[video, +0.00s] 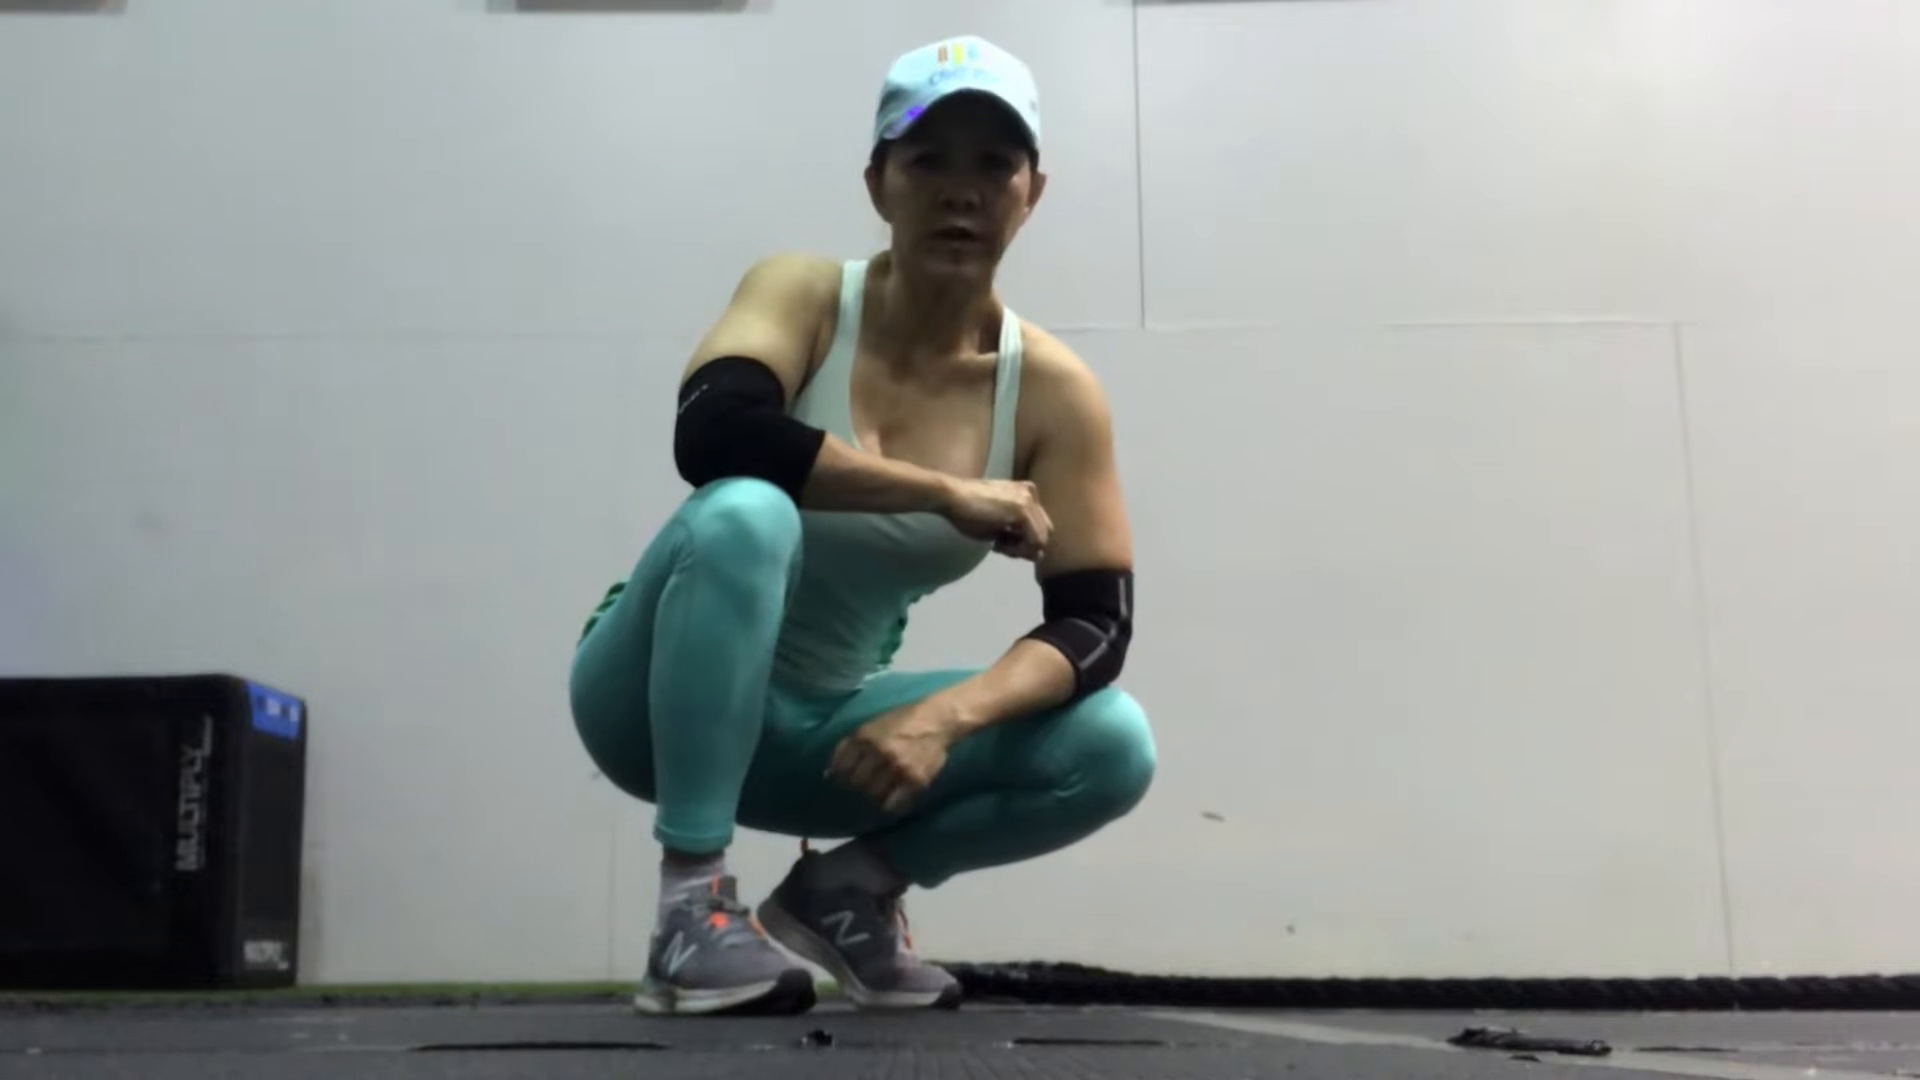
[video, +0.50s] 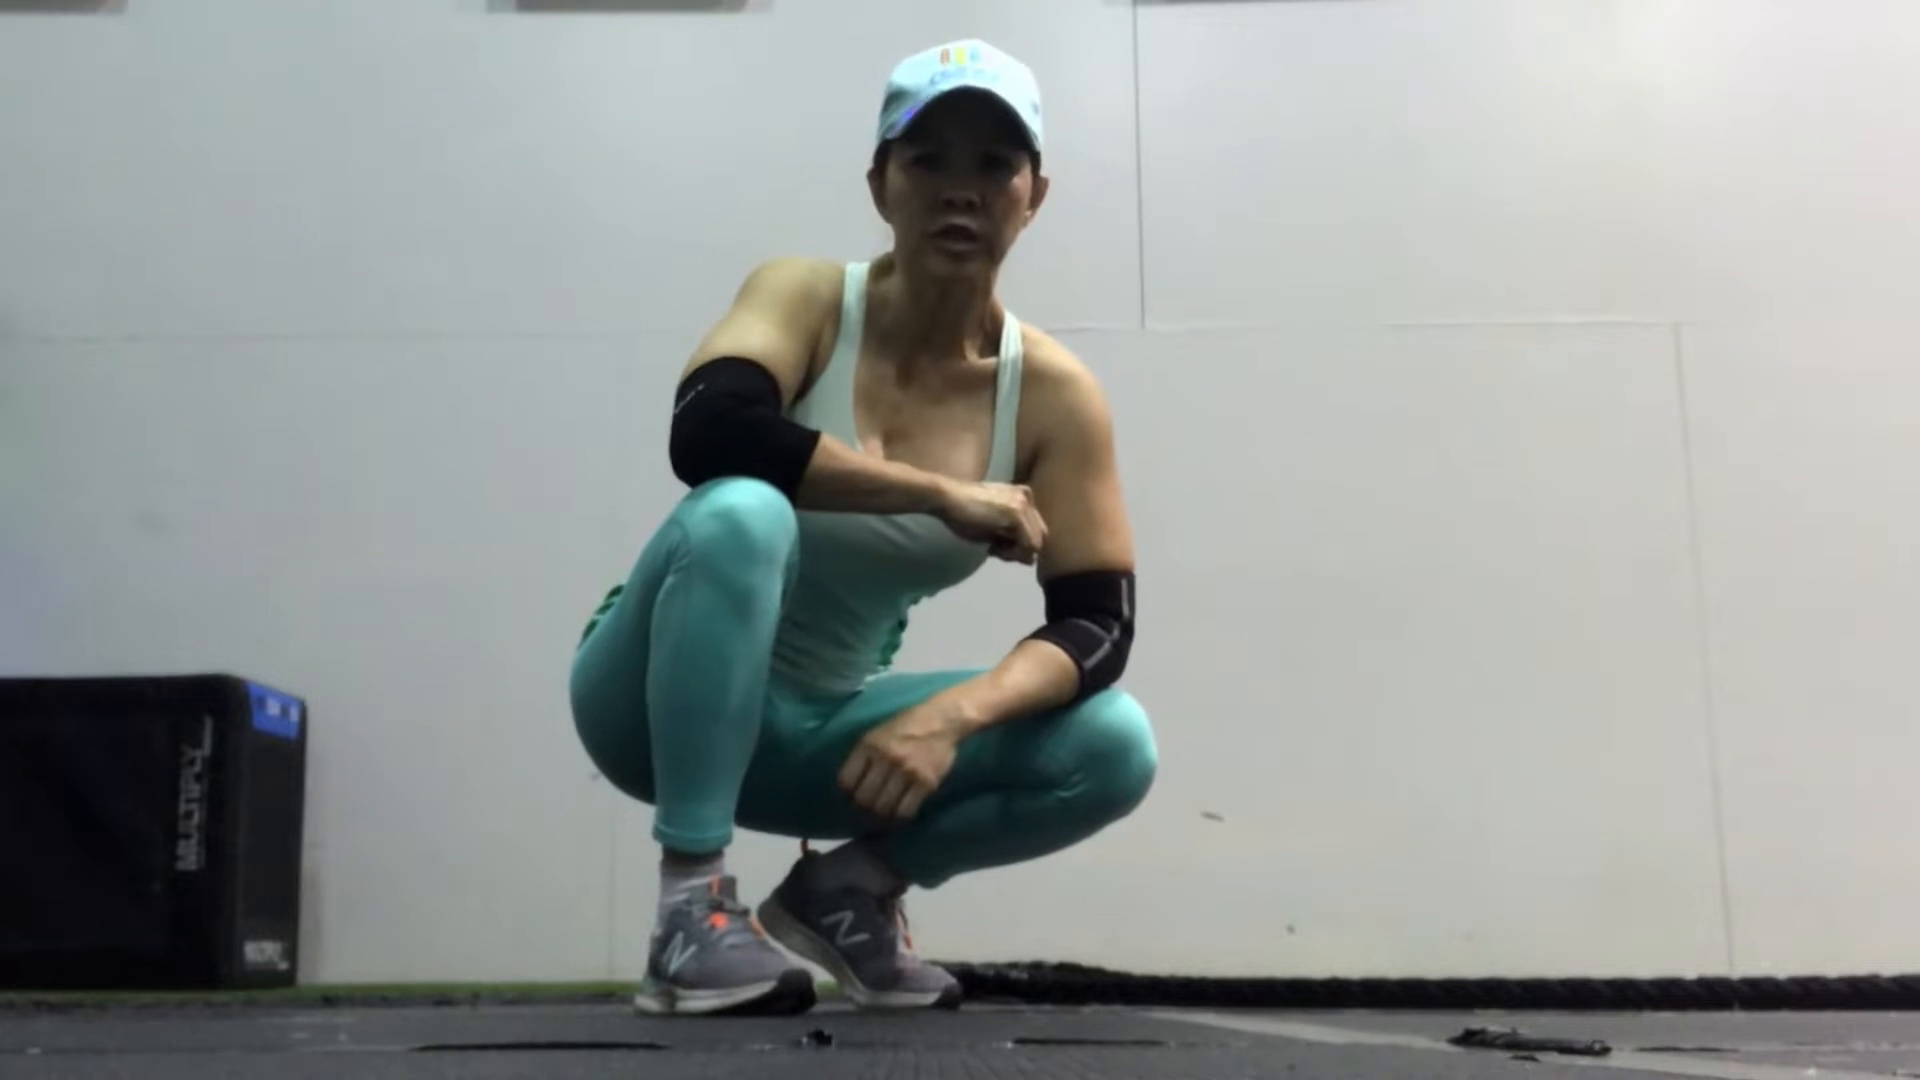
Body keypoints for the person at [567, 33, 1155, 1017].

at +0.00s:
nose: (960, 190)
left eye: (992, 163)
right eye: (928, 160)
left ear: (1032, 191)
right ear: (879, 181)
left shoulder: (1053, 392)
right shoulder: (796, 294)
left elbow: (1092, 625)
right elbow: (715, 437)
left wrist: (946, 715)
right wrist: (944, 495)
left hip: (833, 729)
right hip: (668, 697)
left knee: (1110, 747)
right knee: (744, 516)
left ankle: (842, 889)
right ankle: (692, 908)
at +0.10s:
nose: (960, 193)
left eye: (993, 166)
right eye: (929, 162)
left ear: (1033, 193)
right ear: (880, 182)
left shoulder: (1053, 392)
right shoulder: (798, 294)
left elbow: (1093, 626)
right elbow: (717, 437)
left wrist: (949, 716)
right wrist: (946, 495)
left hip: (831, 729)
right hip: (667, 697)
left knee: (1111, 747)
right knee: (746, 516)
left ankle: (844, 889)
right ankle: (693, 908)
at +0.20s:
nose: (961, 193)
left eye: (993, 166)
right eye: (929, 162)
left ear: (1034, 194)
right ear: (881, 182)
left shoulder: (1054, 393)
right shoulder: (800, 294)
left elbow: (1094, 626)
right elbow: (718, 435)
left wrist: (949, 717)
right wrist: (946, 495)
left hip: (830, 730)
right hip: (667, 698)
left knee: (1112, 747)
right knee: (747, 516)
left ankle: (844, 888)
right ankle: (693, 908)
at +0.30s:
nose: (961, 191)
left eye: (993, 165)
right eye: (929, 161)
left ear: (1034, 194)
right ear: (881, 183)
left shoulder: (1054, 394)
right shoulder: (800, 295)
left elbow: (1094, 627)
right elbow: (718, 435)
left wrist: (950, 715)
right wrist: (947, 496)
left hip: (831, 730)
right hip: (667, 697)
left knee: (1111, 748)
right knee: (747, 516)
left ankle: (845, 888)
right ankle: (693, 908)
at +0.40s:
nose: (960, 192)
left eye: (993, 165)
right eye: (929, 161)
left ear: (1034, 194)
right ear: (881, 184)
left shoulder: (1054, 395)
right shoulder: (800, 296)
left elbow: (1094, 627)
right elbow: (715, 435)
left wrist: (949, 714)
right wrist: (945, 497)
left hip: (831, 730)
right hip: (668, 698)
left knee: (1111, 748)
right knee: (746, 516)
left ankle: (845, 888)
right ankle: (693, 908)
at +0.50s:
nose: (960, 189)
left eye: (993, 163)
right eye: (929, 159)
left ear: (1034, 195)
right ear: (881, 182)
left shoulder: (1054, 394)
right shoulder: (800, 298)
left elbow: (1094, 627)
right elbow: (711, 436)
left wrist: (951, 712)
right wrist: (942, 497)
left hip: (829, 732)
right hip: (666, 699)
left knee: (1112, 748)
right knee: (741, 516)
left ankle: (845, 888)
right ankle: (692, 909)